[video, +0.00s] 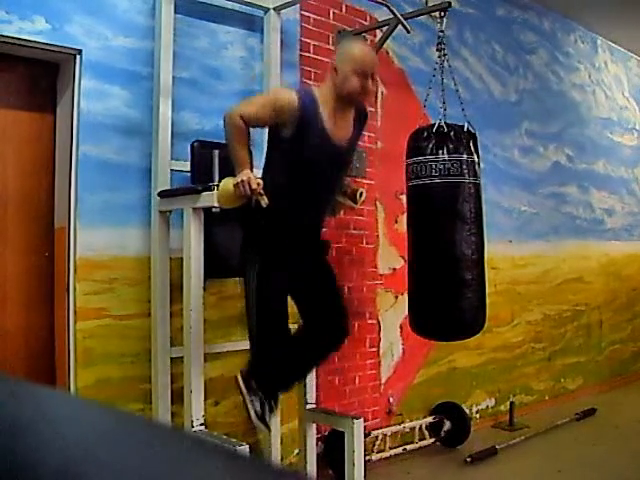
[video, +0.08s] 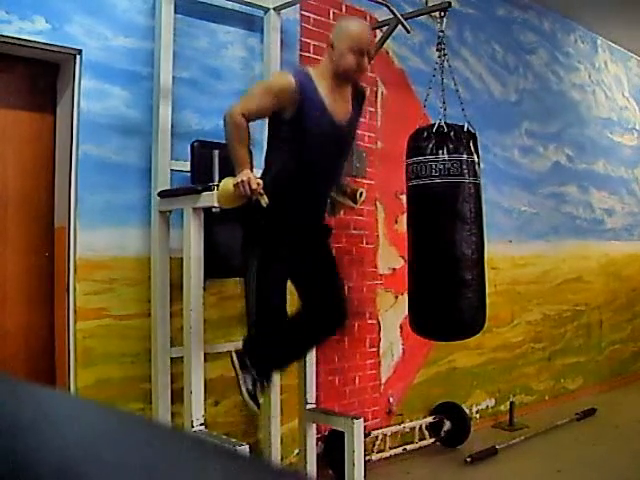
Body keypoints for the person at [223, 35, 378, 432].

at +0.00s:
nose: (367, 87)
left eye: (371, 78)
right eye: (361, 76)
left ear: (370, 79)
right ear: (336, 70)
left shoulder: (356, 116)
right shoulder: (293, 103)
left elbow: (322, 163)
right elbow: (235, 117)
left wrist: (340, 186)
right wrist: (245, 170)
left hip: (307, 239)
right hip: (266, 234)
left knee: (331, 326)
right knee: (268, 331)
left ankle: (263, 382)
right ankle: (262, 388)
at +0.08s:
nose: (364, 65)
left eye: (369, 56)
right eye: (358, 54)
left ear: (369, 57)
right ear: (333, 48)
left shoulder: (357, 94)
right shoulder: (292, 86)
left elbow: (327, 148)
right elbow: (236, 115)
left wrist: (337, 184)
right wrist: (244, 170)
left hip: (309, 221)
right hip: (269, 218)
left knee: (330, 312)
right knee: (267, 319)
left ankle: (257, 361)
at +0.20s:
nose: (362, 36)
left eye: (367, 29)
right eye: (355, 25)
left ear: (370, 31)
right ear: (329, 18)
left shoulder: (351, 67)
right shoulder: (285, 57)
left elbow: (339, 129)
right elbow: (250, 110)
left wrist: (342, 180)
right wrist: (246, 168)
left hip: (313, 194)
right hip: (273, 189)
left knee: (325, 286)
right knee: (262, 281)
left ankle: (246, 323)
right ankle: (249, 333)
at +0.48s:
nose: (365, 70)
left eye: (369, 61)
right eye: (358, 59)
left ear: (370, 60)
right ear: (333, 52)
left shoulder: (352, 96)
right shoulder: (289, 84)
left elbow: (335, 141)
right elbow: (237, 118)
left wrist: (341, 179)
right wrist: (244, 172)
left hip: (304, 217)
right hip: (265, 212)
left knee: (324, 305)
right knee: (258, 302)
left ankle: (249, 346)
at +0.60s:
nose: (368, 116)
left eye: (373, 107)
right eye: (363, 105)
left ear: (372, 106)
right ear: (337, 96)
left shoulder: (351, 138)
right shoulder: (293, 117)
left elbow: (312, 172)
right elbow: (236, 119)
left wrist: (336, 190)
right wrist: (243, 171)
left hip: (297, 248)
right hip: (259, 243)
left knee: (322, 329)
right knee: (260, 337)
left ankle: (257, 391)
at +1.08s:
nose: (367, 68)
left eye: (371, 58)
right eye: (360, 57)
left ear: (372, 58)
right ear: (334, 53)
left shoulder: (357, 99)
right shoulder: (293, 89)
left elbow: (324, 150)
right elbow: (236, 116)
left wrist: (340, 184)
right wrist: (243, 170)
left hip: (308, 223)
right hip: (269, 220)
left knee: (331, 314)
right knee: (267, 323)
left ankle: (256, 358)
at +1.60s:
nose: (371, 108)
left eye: (376, 100)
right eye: (365, 97)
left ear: (377, 99)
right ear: (339, 90)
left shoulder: (355, 129)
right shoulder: (293, 114)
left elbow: (320, 162)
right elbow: (235, 118)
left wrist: (340, 183)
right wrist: (244, 172)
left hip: (297, 244)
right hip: (260, 237)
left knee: (316, 327)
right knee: (253, 325)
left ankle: (243, 375)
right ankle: (243, 377)